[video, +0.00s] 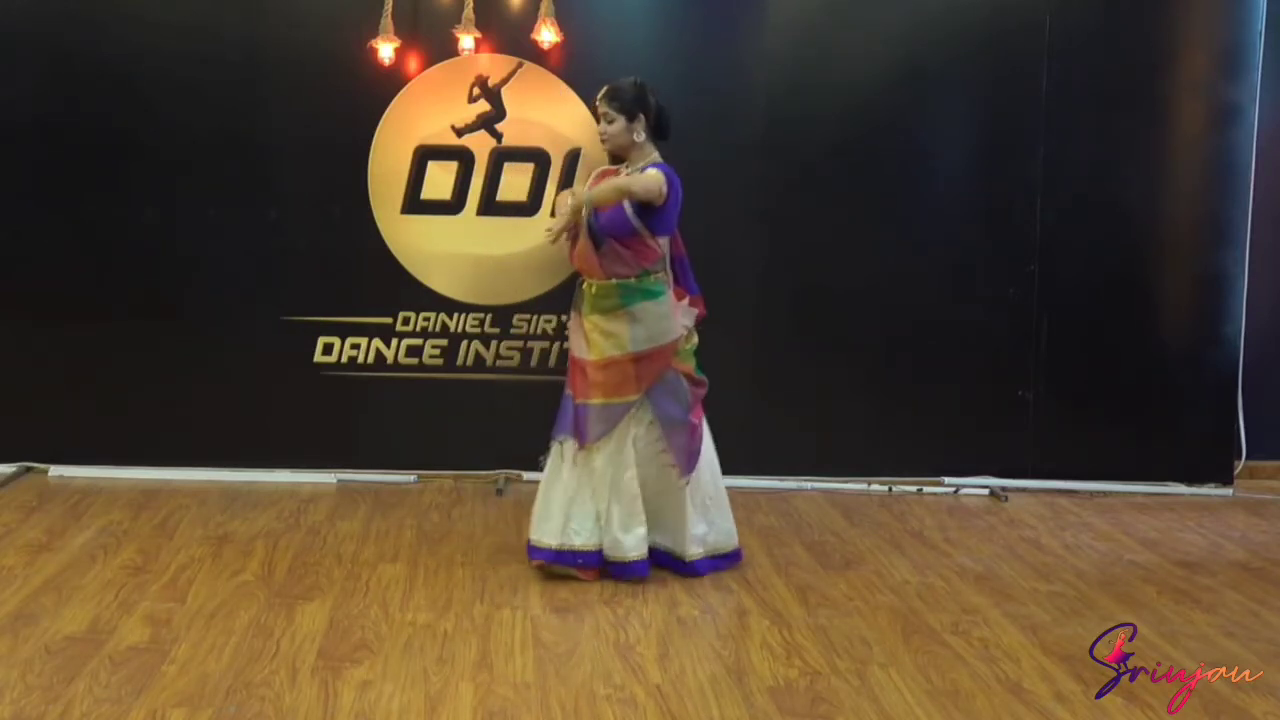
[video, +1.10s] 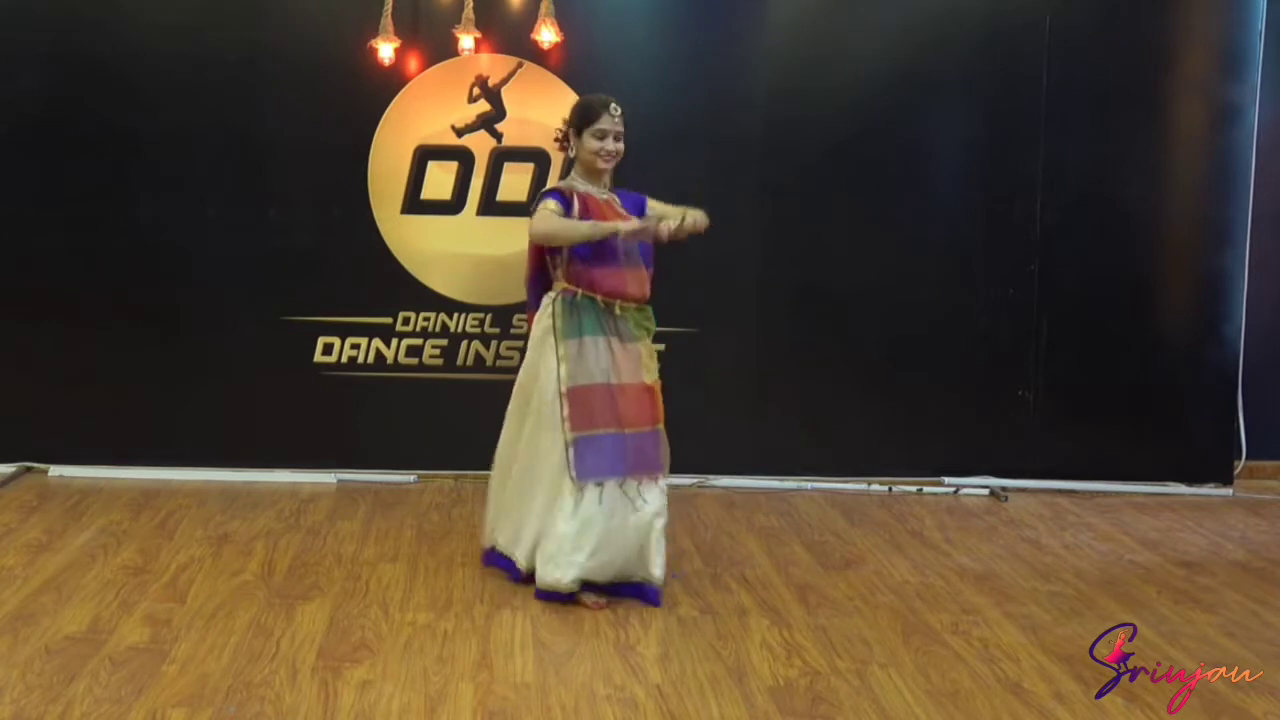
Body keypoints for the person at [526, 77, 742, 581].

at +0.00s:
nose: (601, 130)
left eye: (609, 121)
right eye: (599, 121)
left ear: (640, 122)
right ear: (606, 125)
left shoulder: (660, 176)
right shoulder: (605, 175)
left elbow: (630, 187)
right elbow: (582, 205)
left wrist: (580, 201)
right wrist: (572, 218)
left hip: (647, 318)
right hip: (598, 320)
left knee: (661, 429)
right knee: (596, 431)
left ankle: (681, 538)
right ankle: (596, 539)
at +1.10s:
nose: (611, 146)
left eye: (618, 138)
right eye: (600, 136)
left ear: (624, 145)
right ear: (573, 140)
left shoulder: (631, 203)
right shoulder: (559, 197)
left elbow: (695, 217)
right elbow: (542, 229)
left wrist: (679, 222)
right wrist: (617, 227)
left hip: (624, 339)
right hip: (572, 339)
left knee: (621, 449)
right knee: (574, 451)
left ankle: (602, 567)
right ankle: (563, 570)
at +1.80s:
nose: (589, 129)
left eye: (598, 119)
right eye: (583, 124)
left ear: (628, 124)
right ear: (581, 138)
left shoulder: (669, 186)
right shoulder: (578, 191)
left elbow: (731, 225)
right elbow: (537, 233)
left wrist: (708, 283)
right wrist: (557, 279)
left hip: (653, 326)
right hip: (589, 325)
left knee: (656, 435)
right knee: (581, 433)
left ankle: (655, 548)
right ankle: (576, 546)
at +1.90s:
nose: (588, 117)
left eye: (597, 108)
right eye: (582, 112)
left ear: (626, 115)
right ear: (580, 124)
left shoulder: (659, 177)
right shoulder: (578, 176)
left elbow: (711, 184)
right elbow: (533, 173)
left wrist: (661, 185)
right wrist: (498, 153)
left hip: (645, 318)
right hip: (580, 315)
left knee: (654, 428)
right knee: (561, 424)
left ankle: (665, 543)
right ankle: (541, 539)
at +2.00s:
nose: (579, 106)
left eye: (588, 95)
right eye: (574, 100)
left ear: (619, 106)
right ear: (574, 115)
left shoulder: (650, 165)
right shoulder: (568, 159)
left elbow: (689, 143)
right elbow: (512, 122)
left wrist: (633, 131)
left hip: (635, 307)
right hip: (568, 305)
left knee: (649, 432)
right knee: (539, 423)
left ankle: (656, 554)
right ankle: (508, 543)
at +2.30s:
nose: (547, 125)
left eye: (558, 118)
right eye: (544, 118)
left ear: (585, 133)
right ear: (538, 130)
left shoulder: (603, 201)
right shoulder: (523, 172)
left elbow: (679, 198)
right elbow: (467, 166)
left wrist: (644, 197)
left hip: (560, 321)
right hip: (503, 308)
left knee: (560, 432)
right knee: (503, 428)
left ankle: (556, 555)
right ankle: (498, 550)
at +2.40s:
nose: (550, 143)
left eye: (563, 137)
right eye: (545, 134)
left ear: (584, 153)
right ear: (534, 144)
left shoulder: (588, 222)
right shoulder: (519, 192)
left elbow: (634, 234)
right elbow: (466, 194)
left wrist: (658, 240)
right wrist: (473, 189)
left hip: (541, 338)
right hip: (487, 323)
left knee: (540, 444)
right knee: (486, 443)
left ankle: (494, 555)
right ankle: (469, 560)